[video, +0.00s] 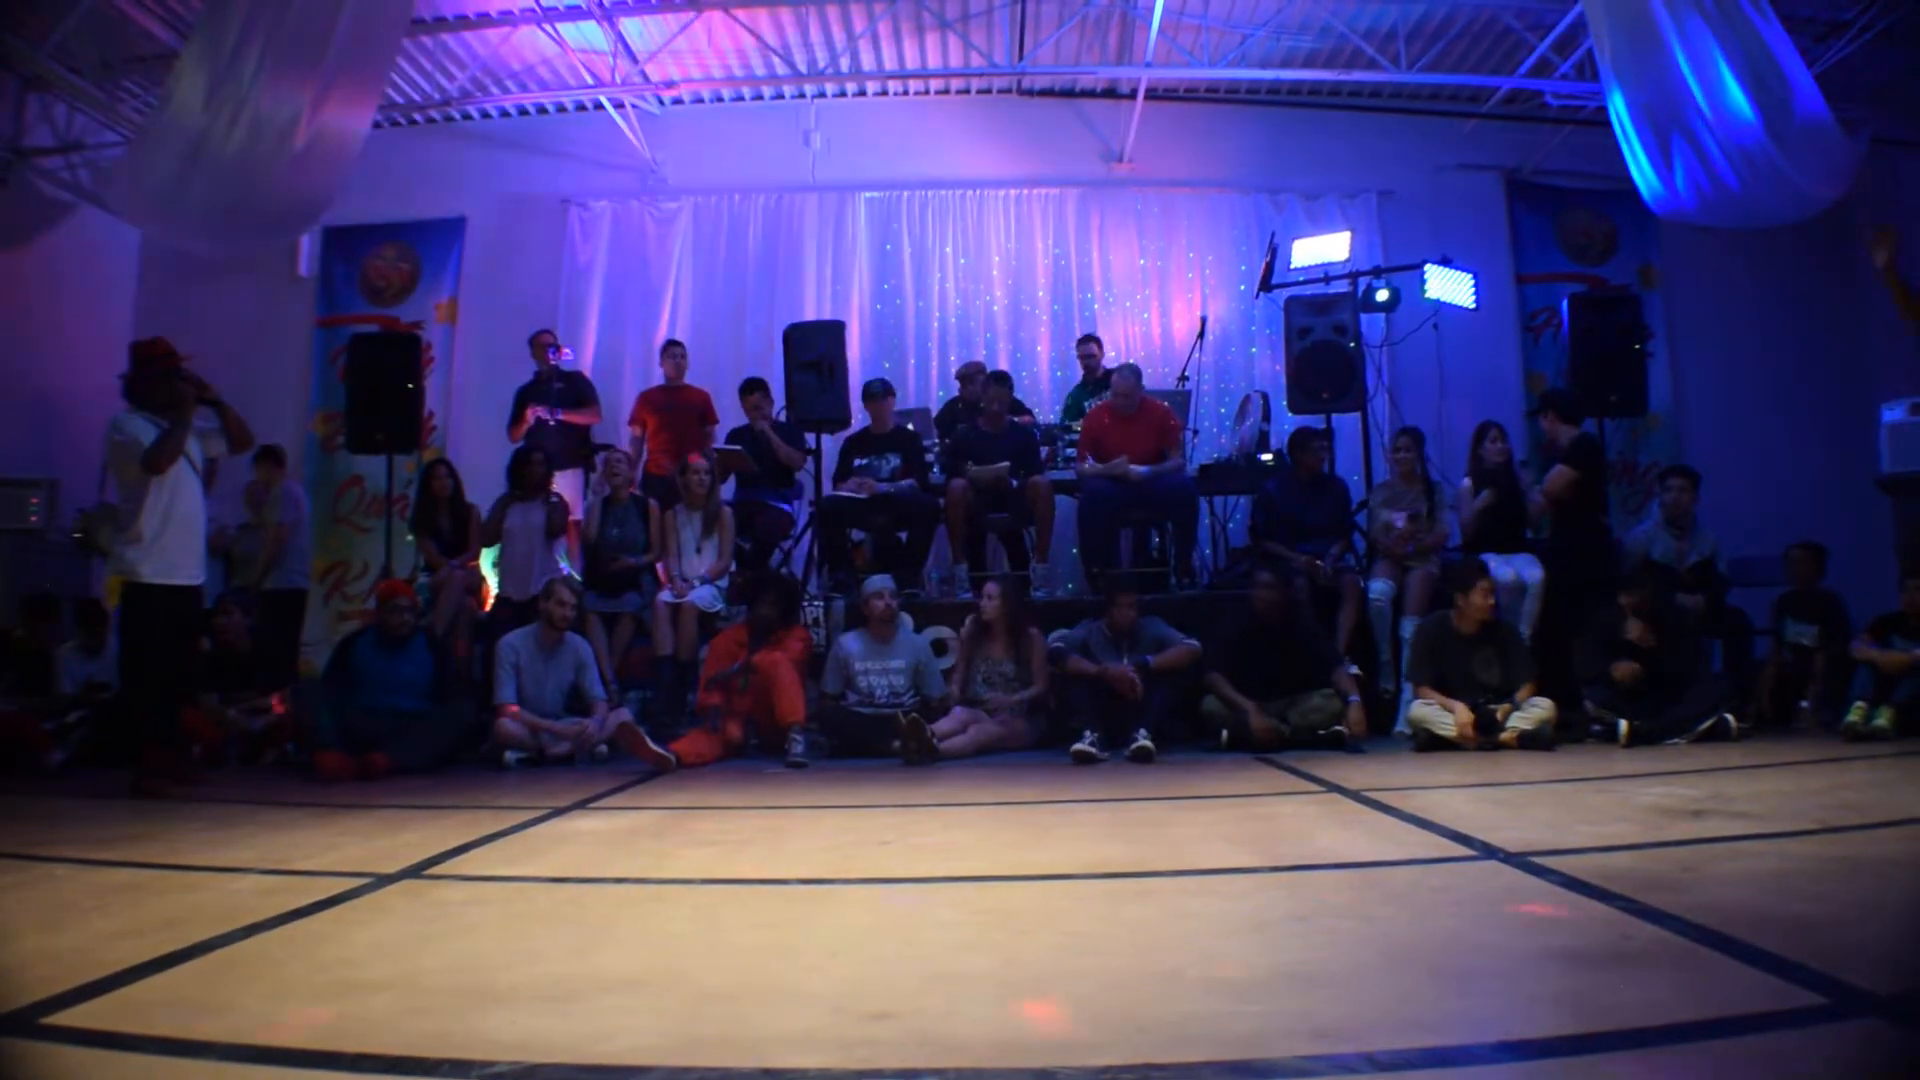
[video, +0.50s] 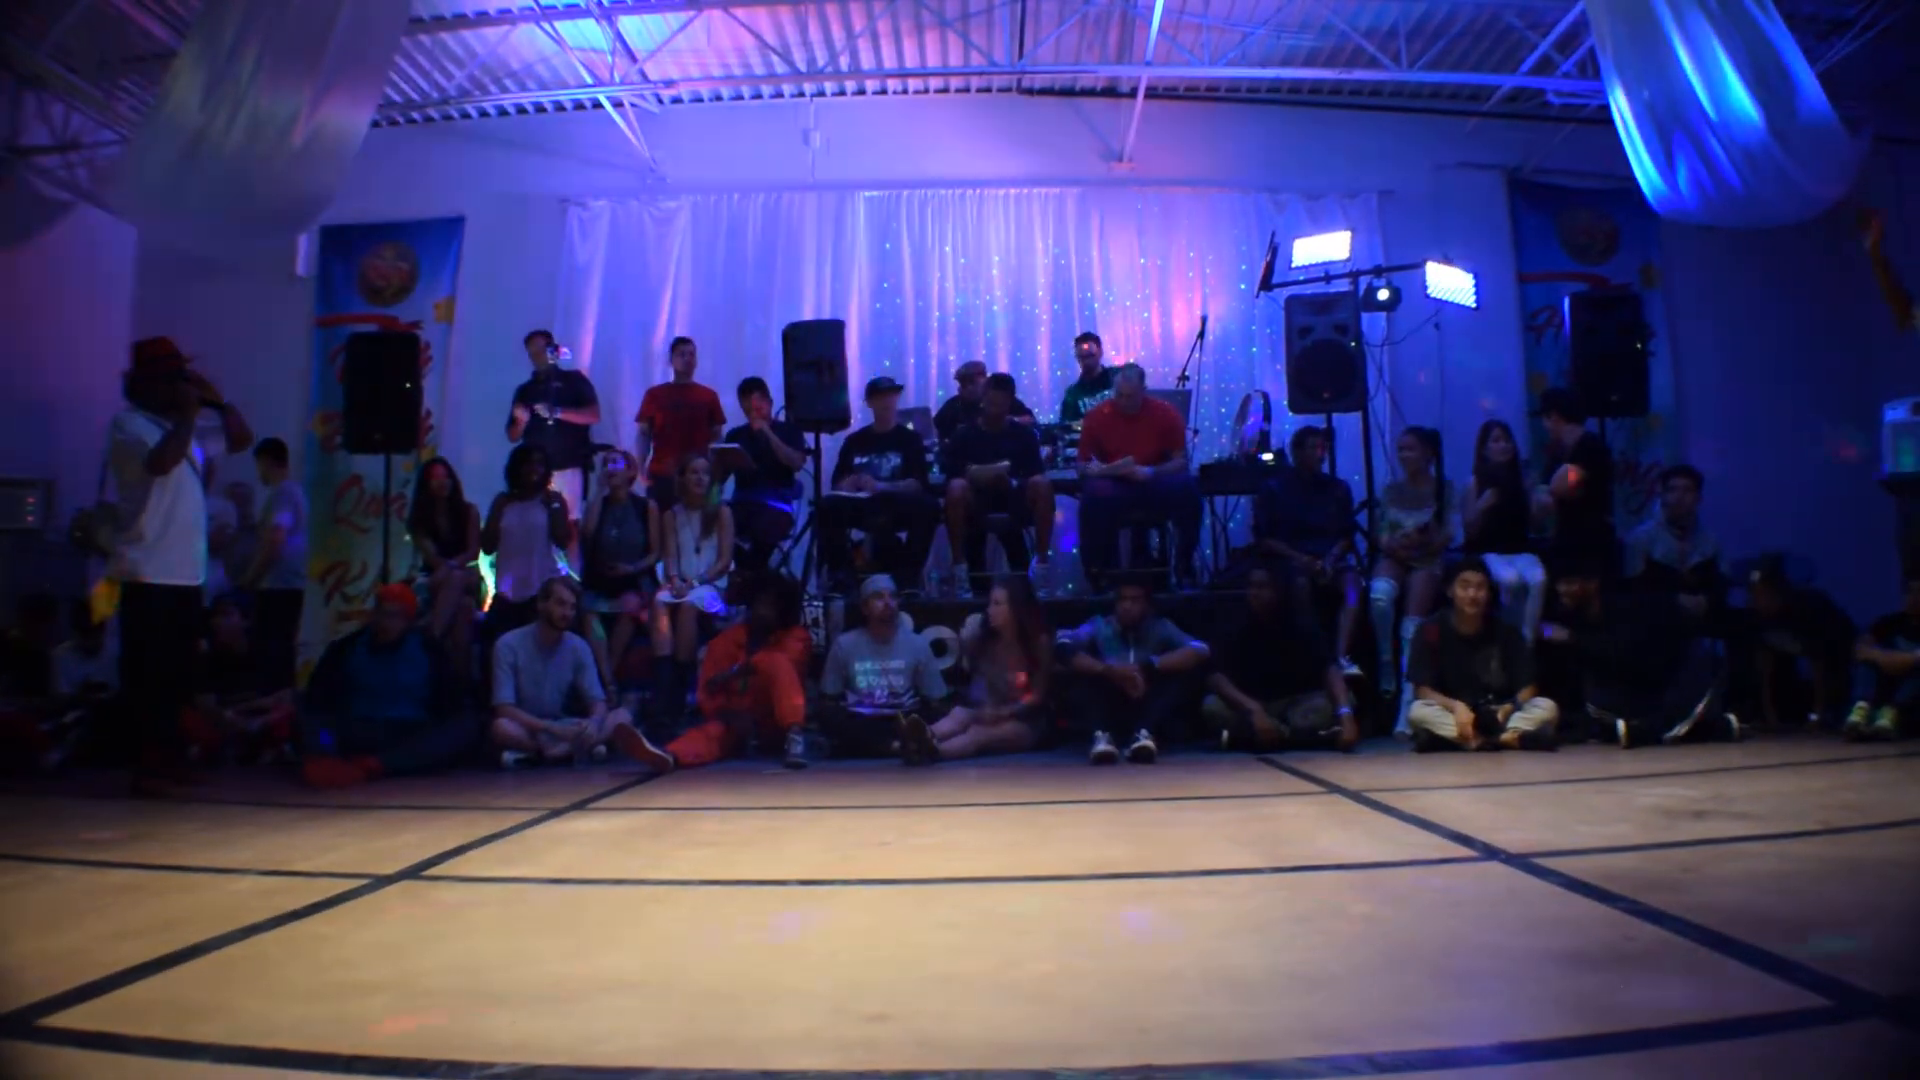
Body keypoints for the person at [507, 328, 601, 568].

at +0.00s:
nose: (549, 352)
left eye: (552, 346)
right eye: (543, 348)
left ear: (560, 350)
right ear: (533, 353)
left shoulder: (577, 380)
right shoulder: (526, 391)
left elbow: (594, 415)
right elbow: (514, 436)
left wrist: (558, 414)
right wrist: (527, 421)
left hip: (571, 463)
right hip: (538, 465)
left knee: (573, 523)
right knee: (538, 522)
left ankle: (575, 576)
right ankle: (540, 579)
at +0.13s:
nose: (546, 353)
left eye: (549, 347)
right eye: (540, 349)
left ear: (557, 350)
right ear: (532, 355)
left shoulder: (576, 380)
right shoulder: (526, 390)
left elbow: (594, 415)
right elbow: (513, 435)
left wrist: (558, 414)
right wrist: (526, 422)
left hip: (570, 462)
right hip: (537, 465)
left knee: (572, 522)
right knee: (537, 520)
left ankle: (575, 575)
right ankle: (538, 577)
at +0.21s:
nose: (544, 354)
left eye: (548, 347)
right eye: (538, 349)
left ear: (556, 349)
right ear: (531, 355)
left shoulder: (576, 379)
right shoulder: (526, 390)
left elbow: (594, 415)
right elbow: (513, 435)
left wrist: (558, 414)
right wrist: (526, 421)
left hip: (570, 461)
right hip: (537, 465)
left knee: (572, 522)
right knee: (537, 521)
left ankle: (574, 576)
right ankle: (538, 578)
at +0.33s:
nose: (540, 355)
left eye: (543, 349)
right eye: (534, 351)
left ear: (553, 350)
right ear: (529, 355)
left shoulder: (575, 380)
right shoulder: (525, 389)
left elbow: (593, 415)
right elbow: (512, 436)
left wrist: (557, 413)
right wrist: (522, 421)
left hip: (569, 463)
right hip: (537, 466)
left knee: (571, 525)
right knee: (536, 523)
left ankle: (573, 577)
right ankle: (538, 579)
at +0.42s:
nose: (539, 356)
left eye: (543, 349)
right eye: (533, 351)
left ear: (553, 350)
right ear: (529, 356)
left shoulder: (575, 380)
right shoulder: (525, 390)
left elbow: (593, 415)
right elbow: (512, 436)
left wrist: (557, 413)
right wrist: (520, 422)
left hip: (569, 462)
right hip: (537, 465)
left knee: (571, 525)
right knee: (536, 523)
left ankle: (573, 577)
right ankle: (538, 578)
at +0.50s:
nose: (539, 356)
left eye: (543, 349)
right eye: (533, 351)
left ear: (553, 350)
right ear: (529, 356)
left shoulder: (575, 379)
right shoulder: (525, 389)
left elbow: (593, 415)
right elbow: (513, 435)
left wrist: (557, 413)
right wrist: (520, 422)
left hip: (569, 463)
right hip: (537, 466)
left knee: (570, 524)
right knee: (536, 523)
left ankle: (573, 576)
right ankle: (539, 578)